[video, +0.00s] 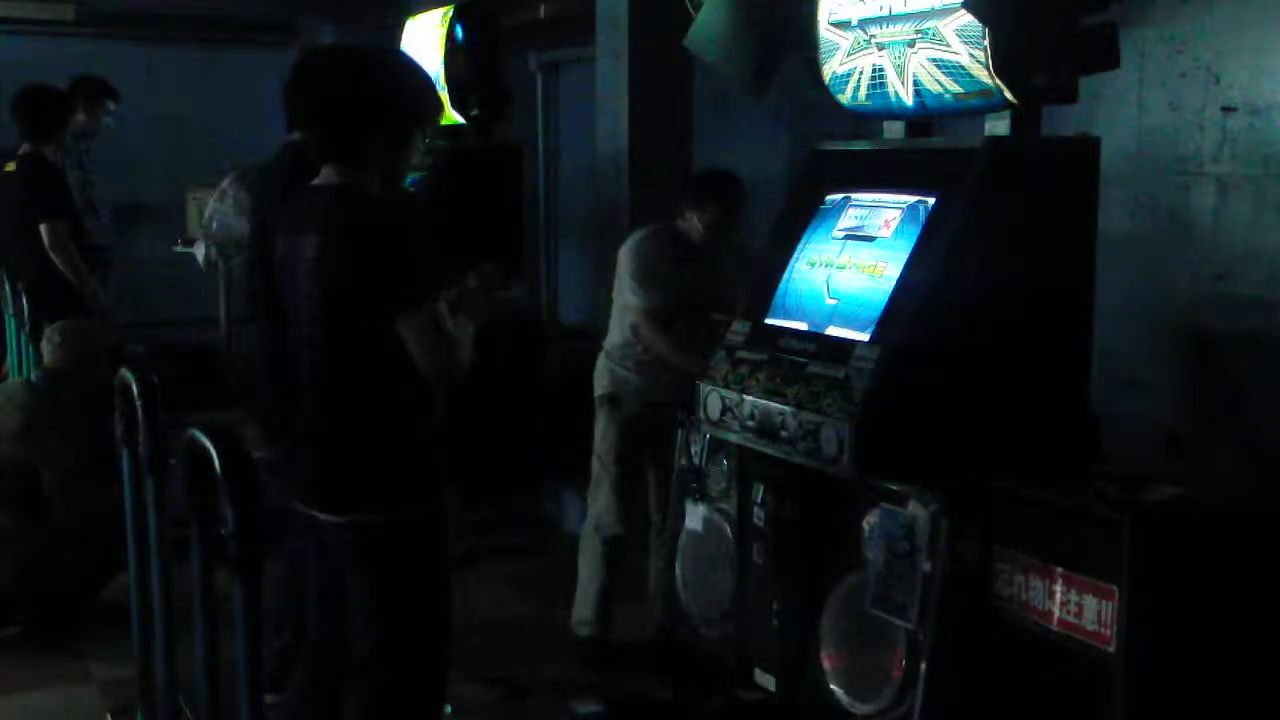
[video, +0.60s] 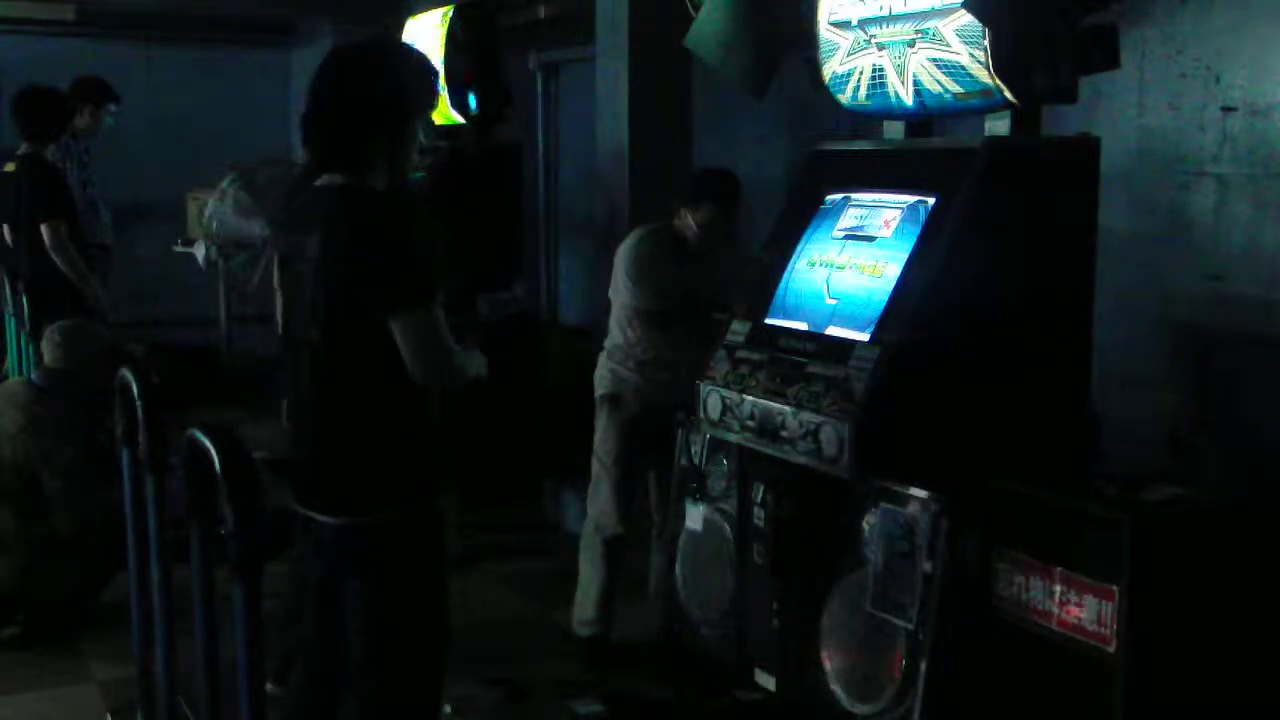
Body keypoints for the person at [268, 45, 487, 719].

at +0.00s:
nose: (418, 146)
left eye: (417, 128)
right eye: (411, 128)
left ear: (320, 128)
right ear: (384, 130)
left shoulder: (286, 216)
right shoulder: (387, 221)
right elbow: (443, 358)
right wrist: (467, 305)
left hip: (306, 479)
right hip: (386, 489)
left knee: (321, 661)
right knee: (401, 671)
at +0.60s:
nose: (423, 135)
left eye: (423, 117)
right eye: (417, 117)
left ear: (331, 111)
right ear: (388, 119)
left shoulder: (303, 204)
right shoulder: (387, 213)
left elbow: (286, 319)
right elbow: (429, 360)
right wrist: (471, 361)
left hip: (317, 460)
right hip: (385, 472)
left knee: (328, 643)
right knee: (400, 660)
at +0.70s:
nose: (423, 136)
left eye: (423, 118)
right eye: (417, 118)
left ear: (332, 114)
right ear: (386, 120)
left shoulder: (302, 207)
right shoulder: (384, 215)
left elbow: (287, 328)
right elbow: (417, 358)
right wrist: (482, 414)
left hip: (320, 461)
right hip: (385, 472)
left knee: (329, 644)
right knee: (402, 659)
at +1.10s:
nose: (431, 137)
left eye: (431, 119)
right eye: (423, 120)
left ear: (335, 116)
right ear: (394, 125)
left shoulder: (306, 203)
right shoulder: (391, 220)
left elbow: (276, 344)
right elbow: (408, 375)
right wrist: (456, 501)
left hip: (319, 474)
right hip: (385, 487)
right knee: (401, 666)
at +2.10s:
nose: (441, 135)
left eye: (440, 117)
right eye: (433, 117)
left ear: (330, 118)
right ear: (397, 121)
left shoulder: (300, 198)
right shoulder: (398, 214)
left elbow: (292, 346)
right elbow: (414, 369)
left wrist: (310, 430)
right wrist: (465, 495)